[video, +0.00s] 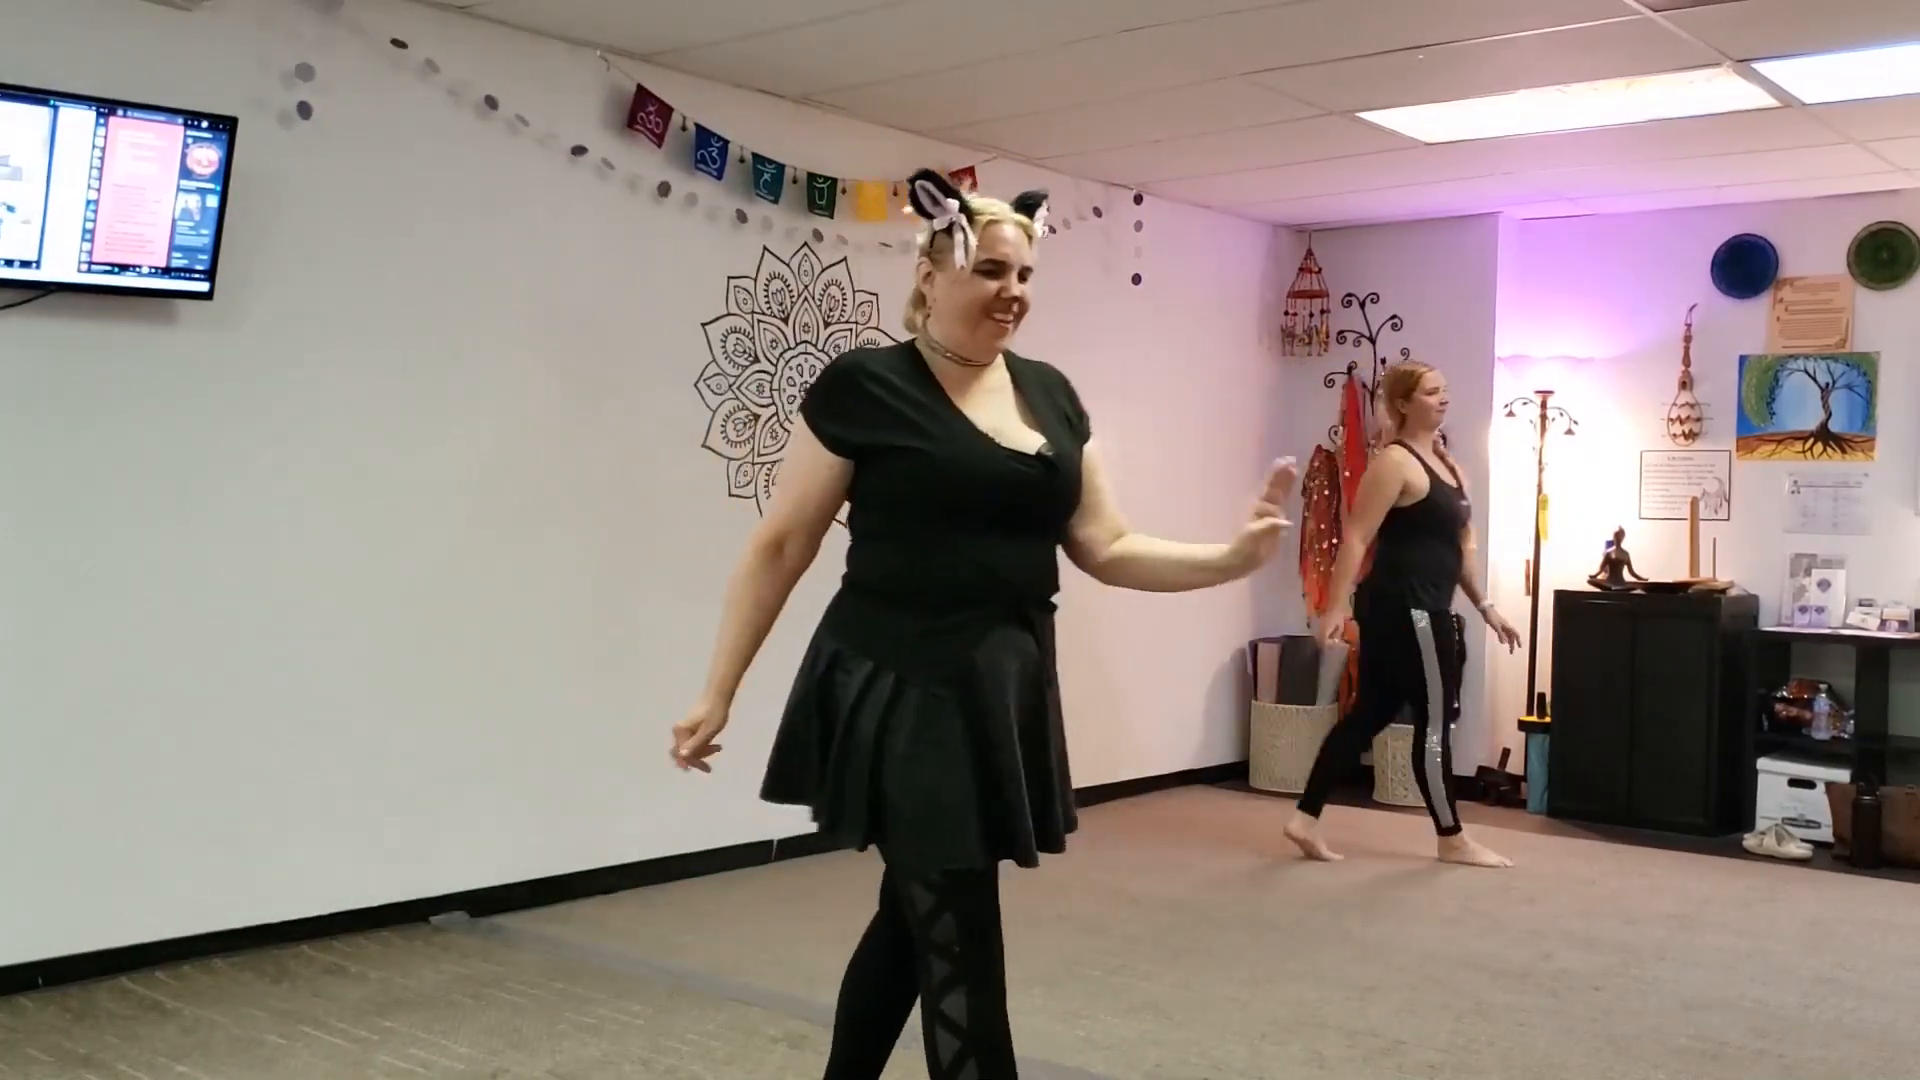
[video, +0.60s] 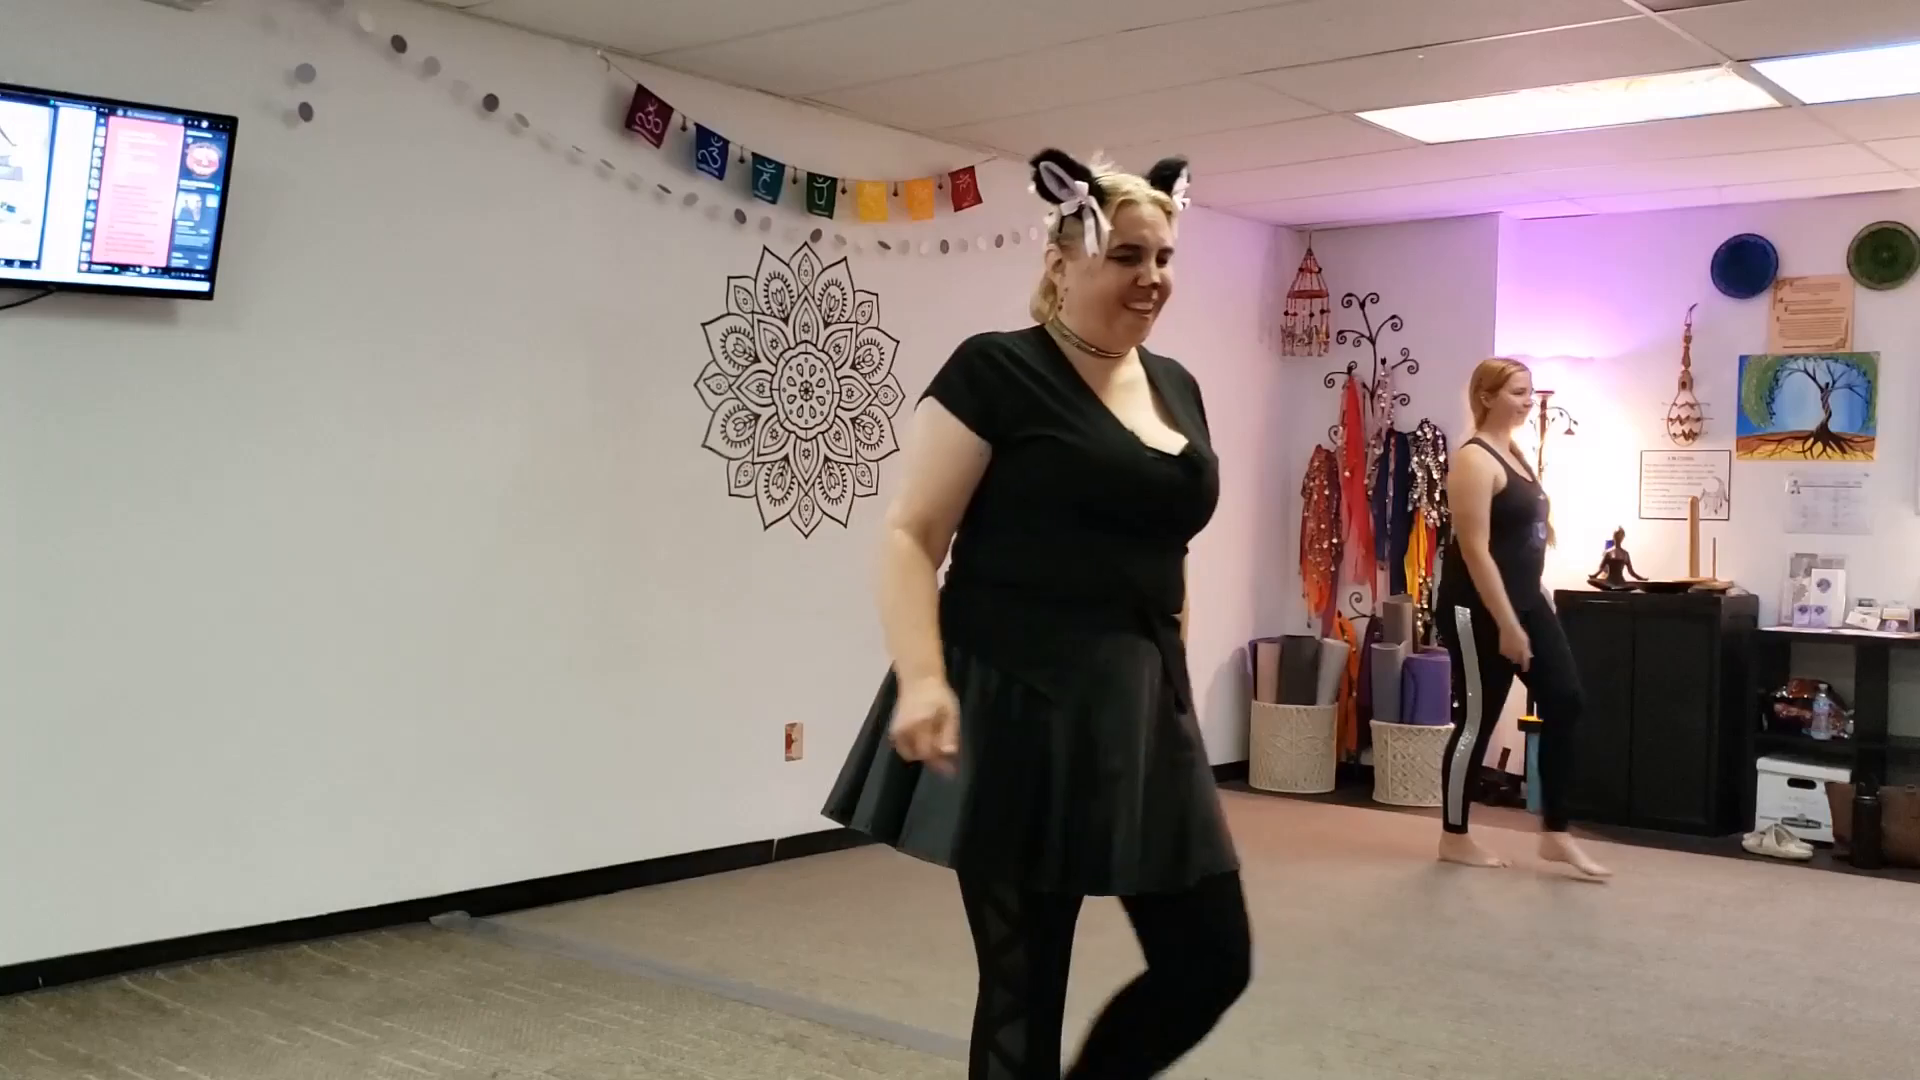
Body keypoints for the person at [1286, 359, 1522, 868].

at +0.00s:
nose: (1444, 399)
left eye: (1444, 392)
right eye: (1433, 393)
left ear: (1436, 402)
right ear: (1404, 403)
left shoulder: (1445, 463)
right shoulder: (1392, 462)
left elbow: (1458, 550)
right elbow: (1356, 537)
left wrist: (1486, 608)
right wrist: (1335, 608)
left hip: (1422, 602)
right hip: (1405, 604)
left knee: (1370, 713)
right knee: (1435, 717)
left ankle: (1305, 817)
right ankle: (1451, 838)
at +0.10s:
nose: (1461, 397)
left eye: (1461, 389)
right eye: (1449, 390)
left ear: (1457, 401)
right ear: (1419, 401)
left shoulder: (1463, 458)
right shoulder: (1408, 462)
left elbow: (1473, 539)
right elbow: (1378, 541)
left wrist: (1496, 599)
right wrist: (1360, 613)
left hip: (1447, 600)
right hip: (1423, 601)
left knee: (1411, 712)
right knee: (1450, 714)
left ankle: (1323, 804)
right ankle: (1452, 839)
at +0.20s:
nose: (1474, 401)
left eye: (1476, 394)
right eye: (1463, 394)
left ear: (1475, 403)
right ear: (1434, 402)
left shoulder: (1469, 453)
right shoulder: (1423, 466)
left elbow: (1484, 534)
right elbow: (1399, 550)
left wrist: (1504, 592)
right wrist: (1385, 623)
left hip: (1468, 601)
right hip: (1439, 603)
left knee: (1455, 714)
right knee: (1460, 713)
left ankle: (1358, 784)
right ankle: (1453, 838)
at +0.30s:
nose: (1487, 404)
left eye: (1488, 395)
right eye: (1478, 395)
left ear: (1482, 403)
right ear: (1447, 402)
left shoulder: (1483, 458)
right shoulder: (1436, 467)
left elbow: (1497, 533)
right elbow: (1418, 555)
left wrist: (1510, 592)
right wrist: (1416, 636)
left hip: (1487, 603)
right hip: (1452, 603)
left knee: (1505, 711)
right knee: (1468, 716)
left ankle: (1398, 779)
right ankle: (1454, 839)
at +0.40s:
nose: (1500, 402)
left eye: (1502, 394)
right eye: (1491, 394)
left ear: (1500, 402)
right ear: (1461, 400)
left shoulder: (1492, 457)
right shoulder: (1447, 465)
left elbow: (1504, 535)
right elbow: (1438, 558)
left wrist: (1516, 593)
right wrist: (1451, 637)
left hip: (1504, 608)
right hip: (1467, 609)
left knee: (1542, 709)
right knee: (1465, 724)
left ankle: (1466, 758)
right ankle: (1453, 839)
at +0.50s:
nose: (1514, 400)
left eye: (1516, 394)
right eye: (1504, 393)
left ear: (1512, 403)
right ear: (1475, 398)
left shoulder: (1504, 455)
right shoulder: (1460, 461)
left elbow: (1517, 538)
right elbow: (1456, 552)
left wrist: (1532, 597)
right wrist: (1480, 630)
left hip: (1515, 598)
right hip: (1468, 602)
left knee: (1561, 700)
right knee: (1470, 722)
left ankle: (1503, 796)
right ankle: (1454, 838)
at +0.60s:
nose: (1529, 400)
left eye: (1530, 393)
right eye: (1519, 392)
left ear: (1524, 401)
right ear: (1488, 396)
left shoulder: (1515, 454)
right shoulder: (1473, 457)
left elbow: (1524, 538)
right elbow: (1473, 548)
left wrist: (1537, 598)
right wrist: (1507, 622)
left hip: (1526, 597)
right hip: (1476, 601)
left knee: (1563, 704)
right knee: (1476, 719)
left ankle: (1555, 834)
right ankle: (1454, 837)